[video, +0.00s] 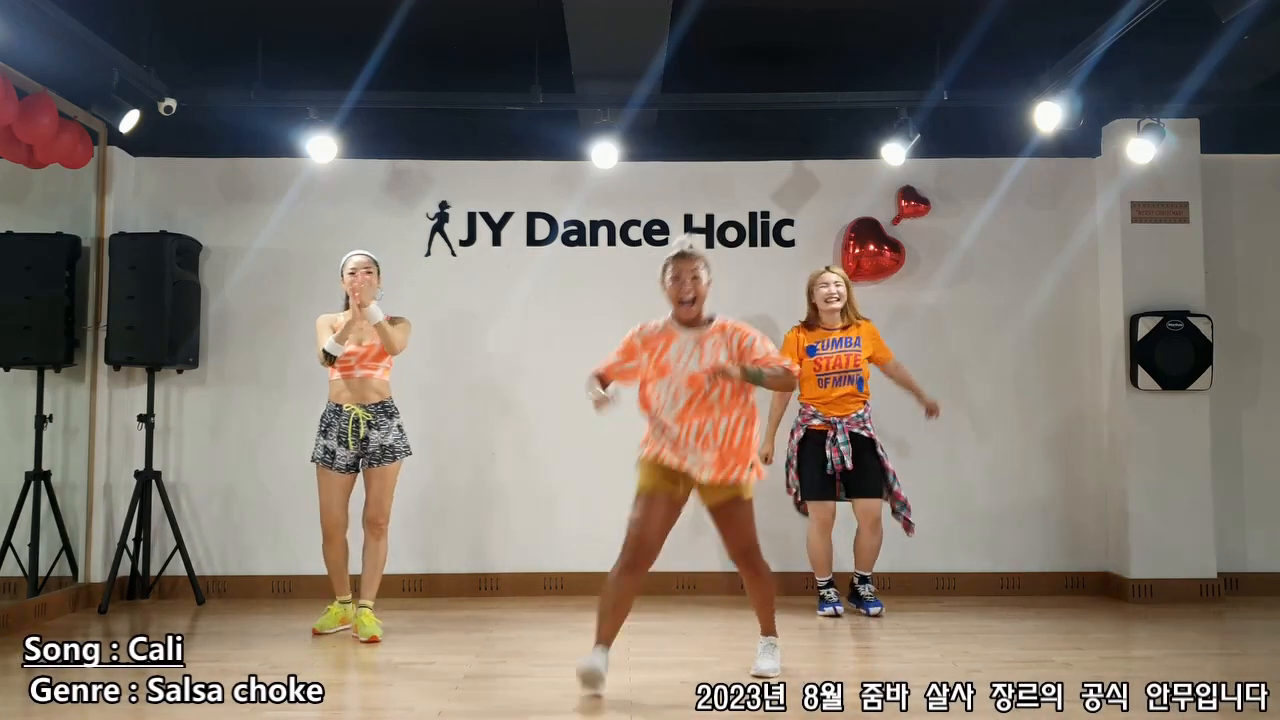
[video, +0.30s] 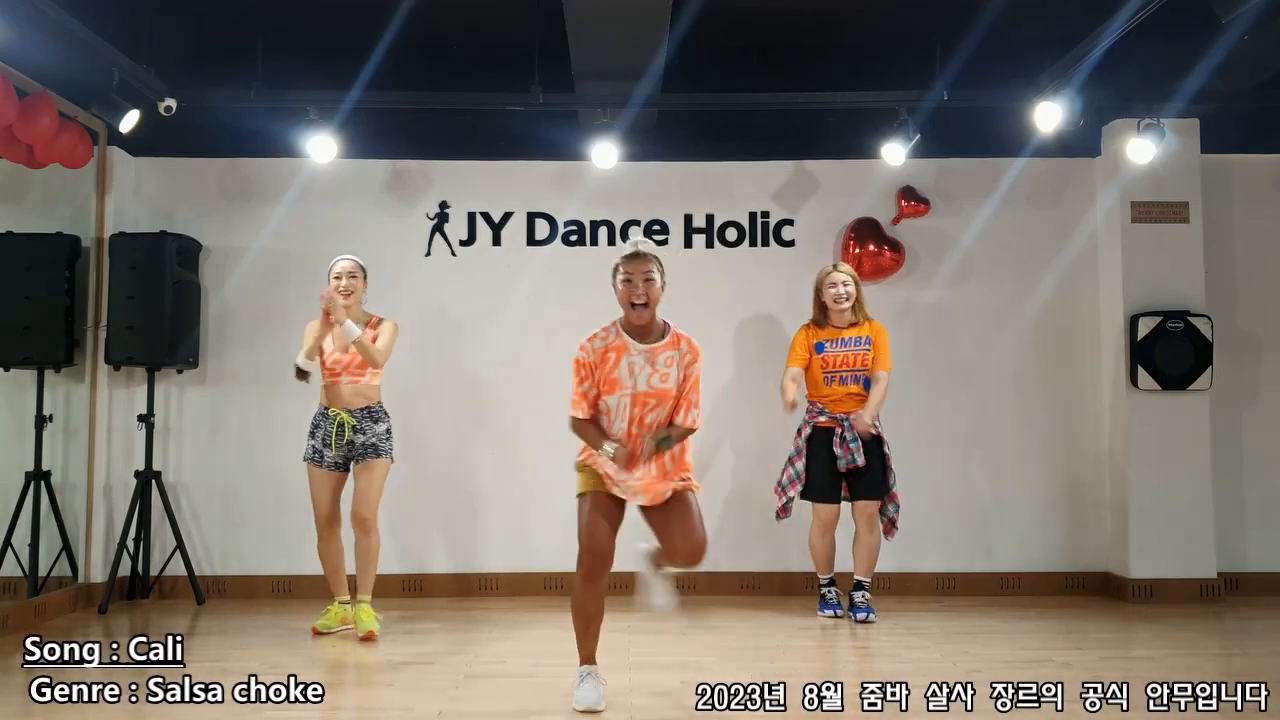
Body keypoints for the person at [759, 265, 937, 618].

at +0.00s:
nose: (832, 289)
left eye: (838, 284)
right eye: (824, 285)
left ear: (847, 292)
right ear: (812, 295)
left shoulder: (864, 331)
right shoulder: (797, 337)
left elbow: (892, 367)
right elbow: (782, 390)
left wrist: (923, 397)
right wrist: (768, 436)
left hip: (857, 431)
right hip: (814, 432)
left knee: (871, 514)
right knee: (822, 514)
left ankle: (863, 586)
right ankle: (826, 590)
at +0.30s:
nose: (840, 289)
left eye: (846, 283)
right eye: (832, 285)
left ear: (856, 291)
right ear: (821, 295)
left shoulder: (874, 331)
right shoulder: (807, 334)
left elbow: (881, 380)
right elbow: (793, 373)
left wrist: (868, 413)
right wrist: (789, 393)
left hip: (863, 431)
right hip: (822, 432)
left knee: (868, 515)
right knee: (826, 516)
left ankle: (861, 592)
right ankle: (827, 590)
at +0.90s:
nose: (812, 294)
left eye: (818, 288)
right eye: (804, 290)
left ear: (828, 298)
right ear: (793, 301)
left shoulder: (844, 331)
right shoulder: (787, 347)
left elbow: (862, 374)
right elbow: (768, 391)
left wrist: (813, 381)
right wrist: (765, 383)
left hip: (865, 426)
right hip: (823, 432)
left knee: (895, 507)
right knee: (818, 512)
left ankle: (885, 580)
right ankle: (829, 592)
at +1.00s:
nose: (810, 297)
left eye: (816, 291)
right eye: (801, 293)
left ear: (826, 299)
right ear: (789, 304)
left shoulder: (839, 327)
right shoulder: (784, 343)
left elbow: (835, 348)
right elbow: (748, 368)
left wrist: (789, 335)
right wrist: (741, 344)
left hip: (866, 425)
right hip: (824, 434)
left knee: (912, 501)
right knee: (813, 511)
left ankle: (929, 570)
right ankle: (829, 593)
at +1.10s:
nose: (808, 301)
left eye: (814, 297)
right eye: (802, 296)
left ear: (823, 304)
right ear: (790, 304)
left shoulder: (833, 330)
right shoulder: (785, 339)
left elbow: (802, 302)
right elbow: (743, 328)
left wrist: (762, 279)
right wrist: (725, 288)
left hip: (868, 429)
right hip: (826, 437)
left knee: (917, 504)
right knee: (811, 514)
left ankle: (966, 571)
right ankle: (829, 595)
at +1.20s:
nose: (808, 304)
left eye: (814, 299)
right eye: (802, 299)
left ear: (826, 306)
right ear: (791, 305)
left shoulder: (836, 331)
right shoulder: (790, 335)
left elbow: (807, 303)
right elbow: (746, 310)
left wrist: (764, 269)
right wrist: (716, 273)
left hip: (872, 432)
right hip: (832, 439)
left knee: (918, 508)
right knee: (813, 514)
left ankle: (970, 574)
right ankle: (829, 594)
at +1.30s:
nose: (820, 298)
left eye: (827, 293)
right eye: (812, 293)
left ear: (837, 301)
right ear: (800, 304)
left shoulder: (850, 325)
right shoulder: (796, 339)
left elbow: (849, 339)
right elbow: (749, 340)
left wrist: (801, 310)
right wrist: (736, 304)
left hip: (876, 427)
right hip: (836, 434)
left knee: (916, 509)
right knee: (818, 511)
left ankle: (955, 568)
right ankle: (829, 594)